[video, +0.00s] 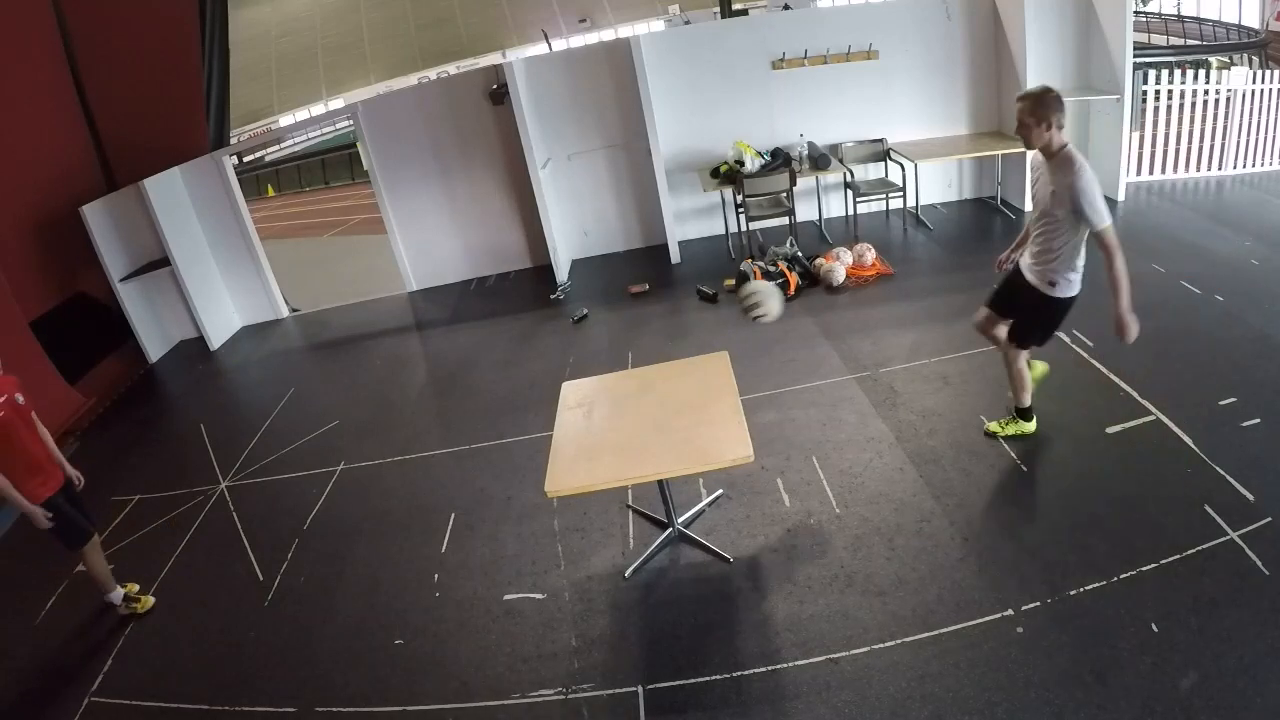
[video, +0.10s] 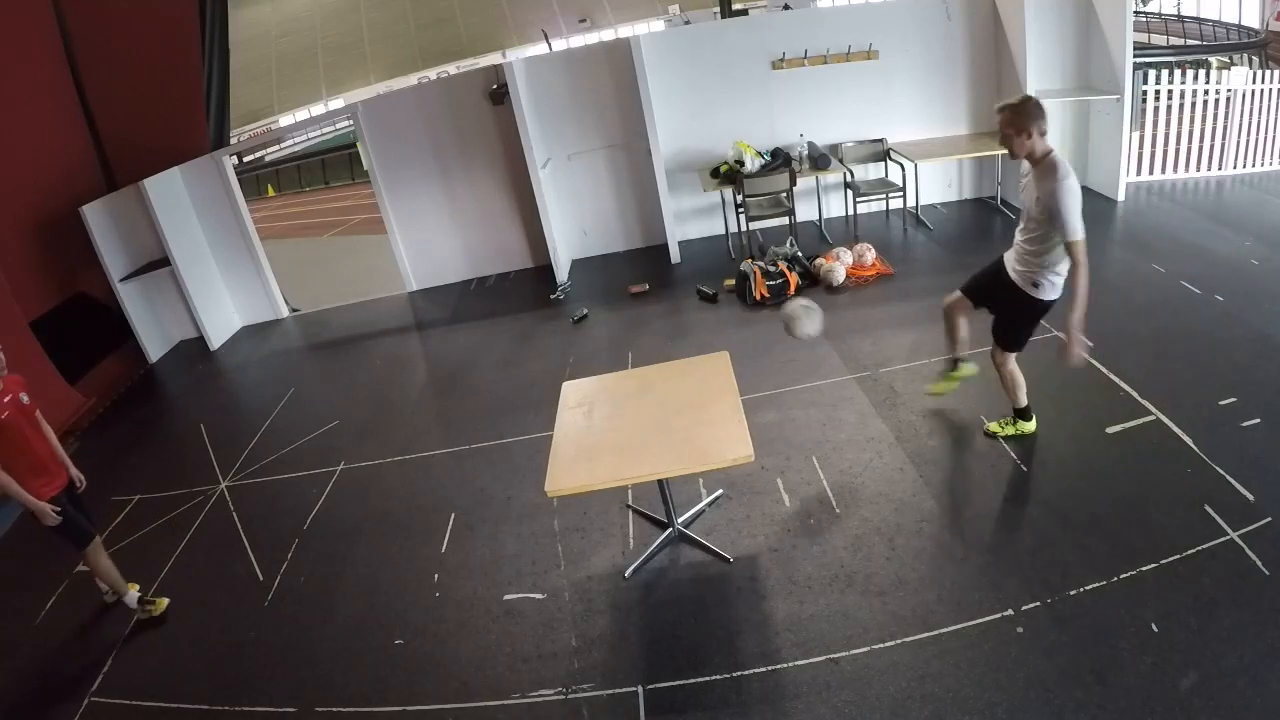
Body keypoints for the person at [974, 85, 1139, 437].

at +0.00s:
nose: (1018, 132)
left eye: (1024, 125)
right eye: (1018, 124)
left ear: (1049, 127)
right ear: (1042, 128)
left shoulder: (1078, 175)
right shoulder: (1039, 161)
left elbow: (1110, 245)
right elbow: (1040, 217)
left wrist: (1124, 310)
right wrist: (1014, 250)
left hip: (1055, 285)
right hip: (1028, 267)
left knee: (1013, 348)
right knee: (986, 323)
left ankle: (1024, 417)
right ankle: (1029, 367)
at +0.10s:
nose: (1002, 143)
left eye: (1006, 136)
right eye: (1001, 135)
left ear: (1029, 134)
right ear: (1027, 133)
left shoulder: (1062, 182)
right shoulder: (1031, 165)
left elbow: (1080, 261)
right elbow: (1035, 224)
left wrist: (1074, 329)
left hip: (1036, 285)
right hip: (1012, 263)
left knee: (1002, 355)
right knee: (954, 306)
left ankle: (1024, 419)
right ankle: (957, 366)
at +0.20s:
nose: (986, 145)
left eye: (988, 137)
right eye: (984, 137)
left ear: (1009, 133)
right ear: (1009, 131)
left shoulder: (1043, 180)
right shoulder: (1021, 160)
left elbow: (1049, 261)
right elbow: (1024, 221)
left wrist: (1013, 315)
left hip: (1023, 281)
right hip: (999, 259)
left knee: (1000, 349)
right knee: (940, 306)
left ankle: (1024, 417)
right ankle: (886, 352)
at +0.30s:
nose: (967, 137)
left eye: (969, 130)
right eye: (965, 130)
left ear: (990, 127)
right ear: (991, 125)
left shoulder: (1025, 168)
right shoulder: (1009, 154)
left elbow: (1017, 251)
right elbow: (1006, 221)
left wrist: (969, 298)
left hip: (1011, 276)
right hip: (987, 256)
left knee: (1002, 352)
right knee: (931, 304)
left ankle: (1024, 417)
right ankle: (873, 358)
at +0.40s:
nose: (951, 132)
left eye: (953, 124)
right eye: (950, 124)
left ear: (976, 123)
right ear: (979, 121)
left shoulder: (1004, 171)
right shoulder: (992, 155)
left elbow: (994, 248)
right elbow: (990, 221)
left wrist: (943, 290)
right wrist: (970, 258)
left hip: (997, 276)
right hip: (972, 261)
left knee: (993, 350)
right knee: (926, 314)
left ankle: (1023, 415)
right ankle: (900, 379)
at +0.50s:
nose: (936, 133)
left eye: (939, 126)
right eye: (936, 125)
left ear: (961, 125)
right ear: (965, 124)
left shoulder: (988, 175)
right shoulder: (975, 159)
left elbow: (985, 249)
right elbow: (970, 227)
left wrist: (939, 292)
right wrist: (953, 264)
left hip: (977, 285)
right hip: (954, 270)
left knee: (957, 357)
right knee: (928, 332)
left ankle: (1011, 405)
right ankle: (931, 399)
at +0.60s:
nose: (922, 134)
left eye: (926, 127)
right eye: (922, 127)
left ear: (948, 126)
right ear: (950, 126)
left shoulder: (975, 176)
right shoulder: (961, 161)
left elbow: (985, 252)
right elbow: (960, 226)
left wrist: (950, 303)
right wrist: (939, 266)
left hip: (956, 284)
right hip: (941, 272)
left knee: (916, 349)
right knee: (914, 331)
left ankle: (975, 396)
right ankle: (929, 398)